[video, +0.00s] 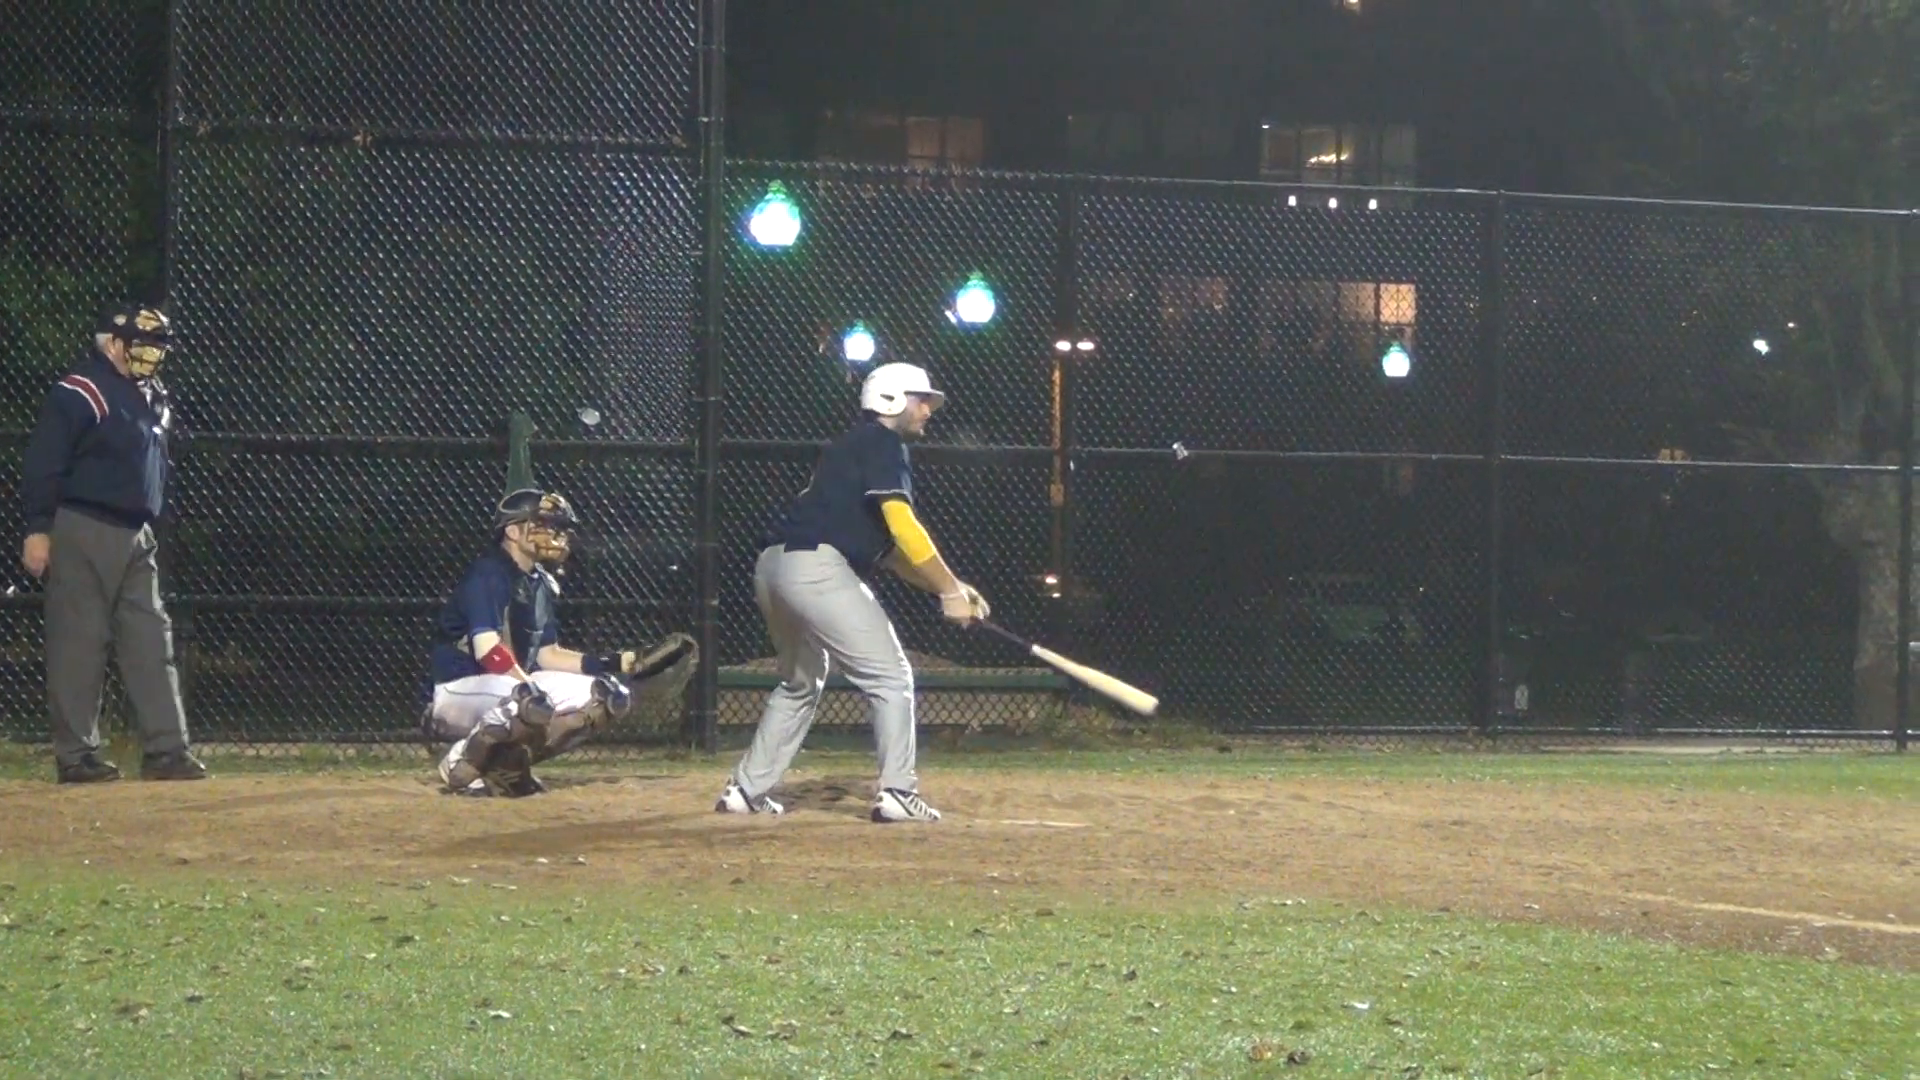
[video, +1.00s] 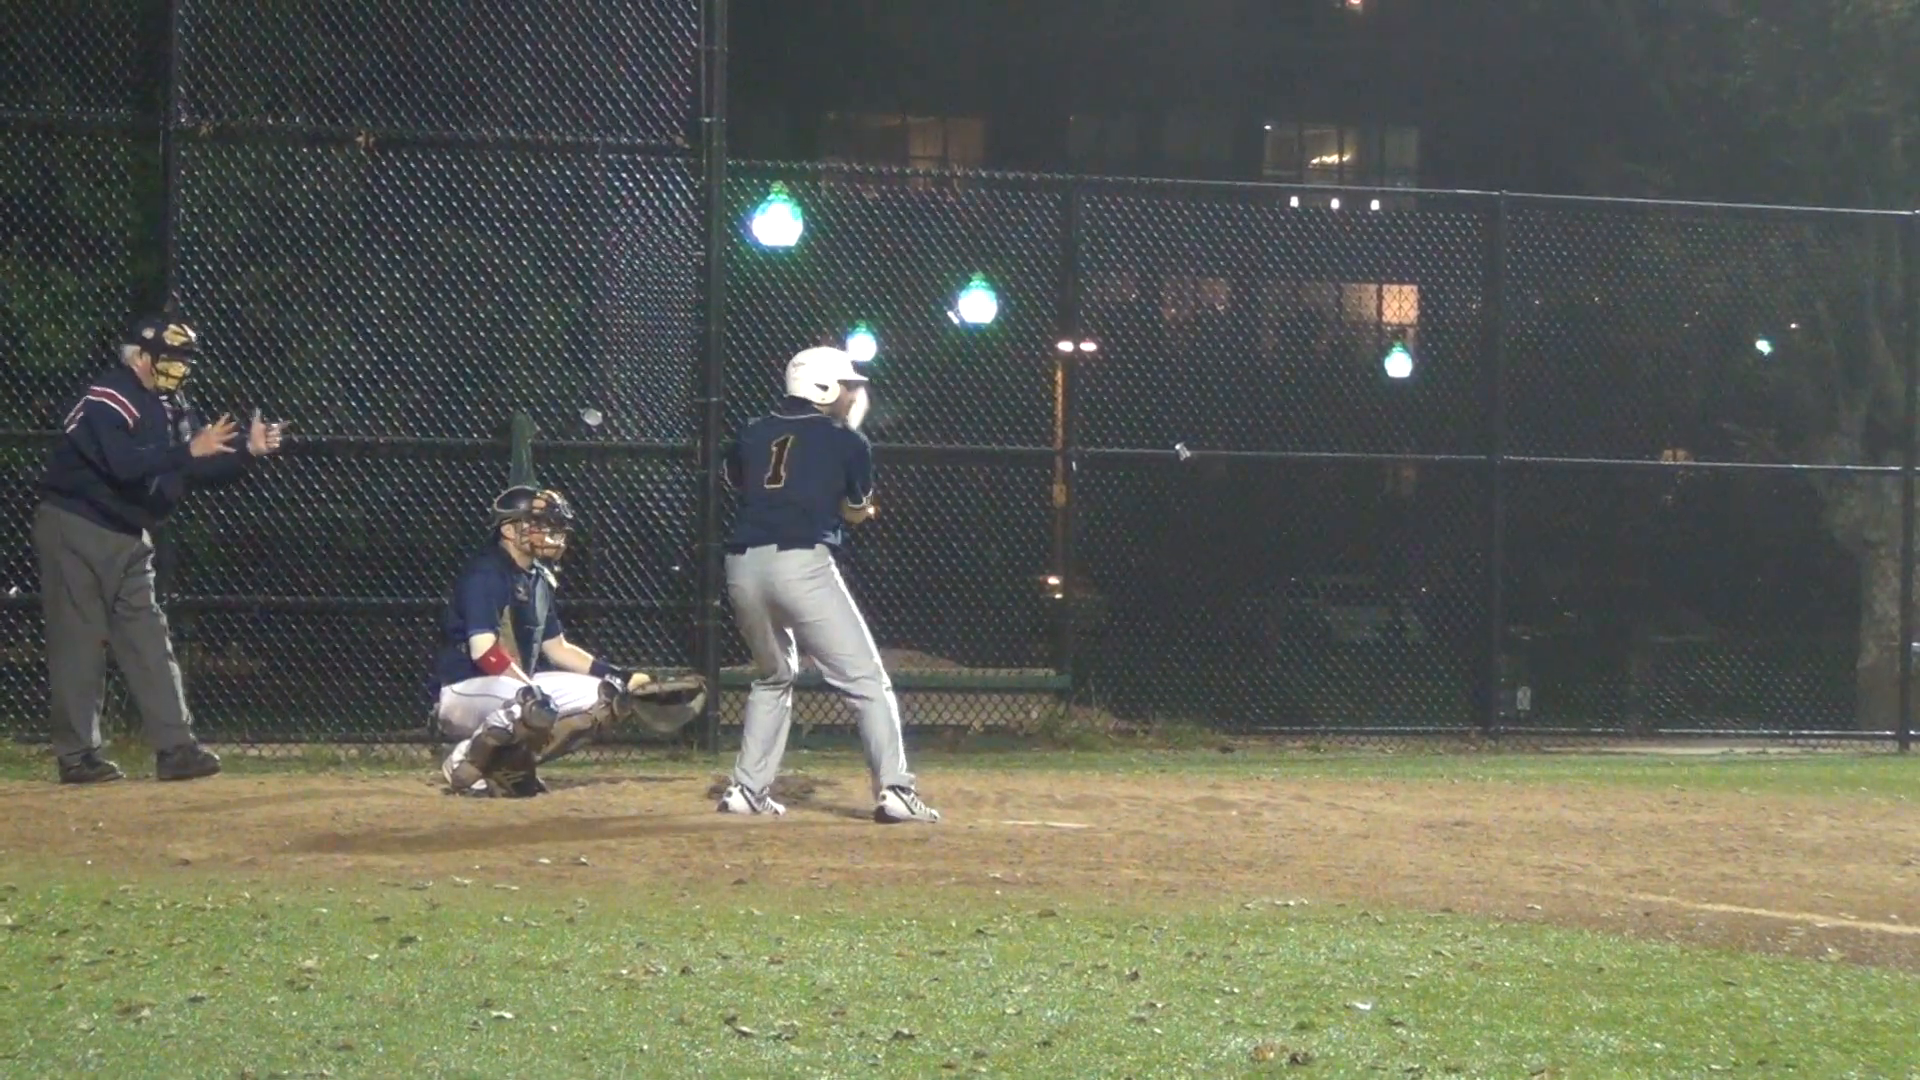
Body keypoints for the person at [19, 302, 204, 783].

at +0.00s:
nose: (150, 355)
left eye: (155, 346)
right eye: (141, 345)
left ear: (158, 348)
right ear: (113, 343)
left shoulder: (152, 398)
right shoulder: (79, 390)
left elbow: (153, 465)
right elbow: (43, 459)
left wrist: (147, 518)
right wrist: (37, 527)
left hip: (136, 535)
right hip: (84, 531)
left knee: (149, 640)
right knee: (79, 639)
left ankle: (167, 751)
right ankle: (76, 755)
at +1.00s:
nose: (175, 368)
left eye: (181, 360)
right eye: (167, 357)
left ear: (184, 362)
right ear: (139, 355)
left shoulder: (171, 410)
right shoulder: (108, 394)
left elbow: (195, 469)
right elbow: (122, 462)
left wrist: (246, 450)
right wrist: (187, 452)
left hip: (128, 537)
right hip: (74, 529)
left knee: (147, 638)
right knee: (78, 639)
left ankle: (176, 748)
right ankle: (79, 756)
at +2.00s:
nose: (201, 485)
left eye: (205, 476)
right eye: (193, 475)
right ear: (165, 471)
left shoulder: (177, 513)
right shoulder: (117, 498)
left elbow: (164, 574)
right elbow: (109, 575)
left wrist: (166, 602)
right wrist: (141, 615)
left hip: (108, 604)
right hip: (41, 593)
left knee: (163, 644)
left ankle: (188, 750)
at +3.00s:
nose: (218, 502)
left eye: (221, 494)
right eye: (210, 492)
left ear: (184, 489)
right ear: (182, 488)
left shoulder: (178, 518)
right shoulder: (141, 511)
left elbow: (153, 573)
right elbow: (117, 582)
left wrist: (162, 606)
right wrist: (144, 620)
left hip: (100, 599)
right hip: (35, 590)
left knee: (163, 648)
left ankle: (190, 751)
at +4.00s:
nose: (224, 503)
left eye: (227, 495)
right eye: (215, 494)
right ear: (186, 490)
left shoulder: (185, 523)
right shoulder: (142, 515)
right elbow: (124, 590)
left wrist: (170, 609)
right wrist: (152, 619)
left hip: (105, 603)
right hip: (41, 593)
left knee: (169, 646)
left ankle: (194, 751)